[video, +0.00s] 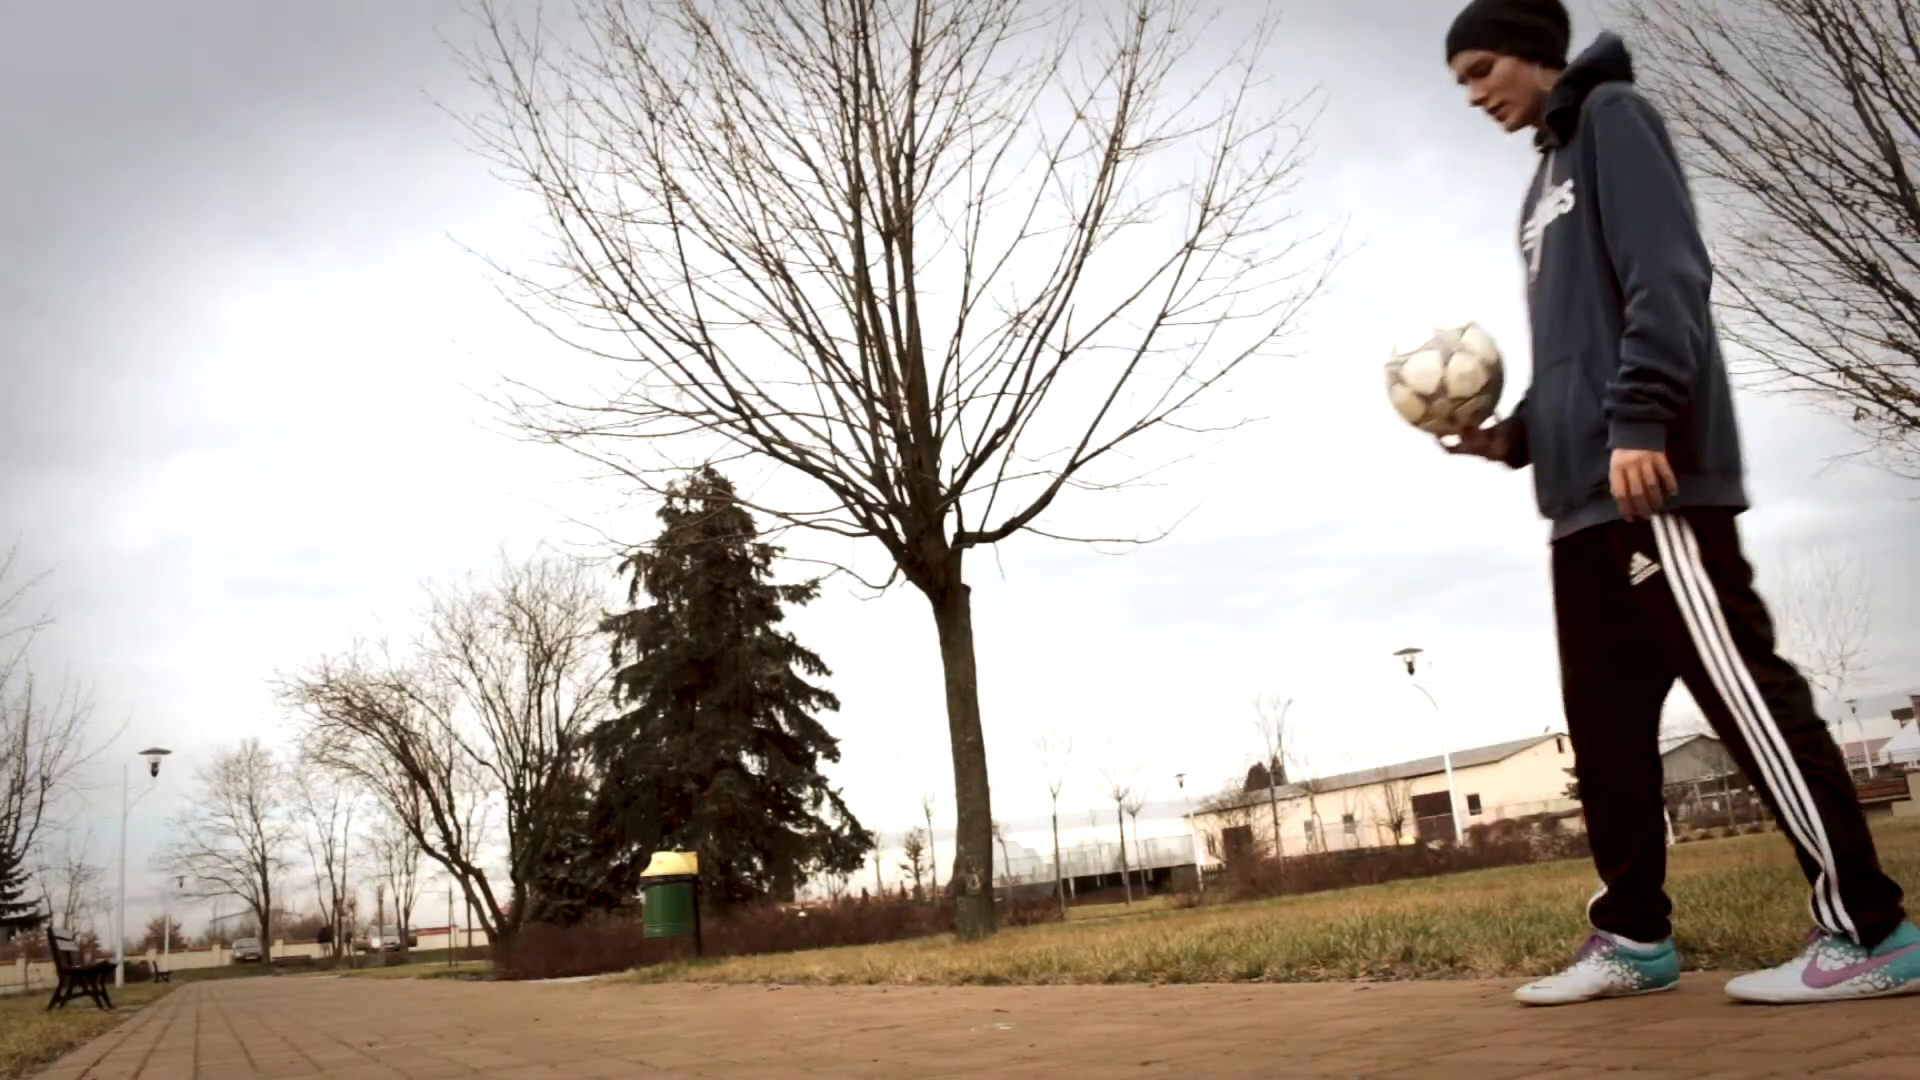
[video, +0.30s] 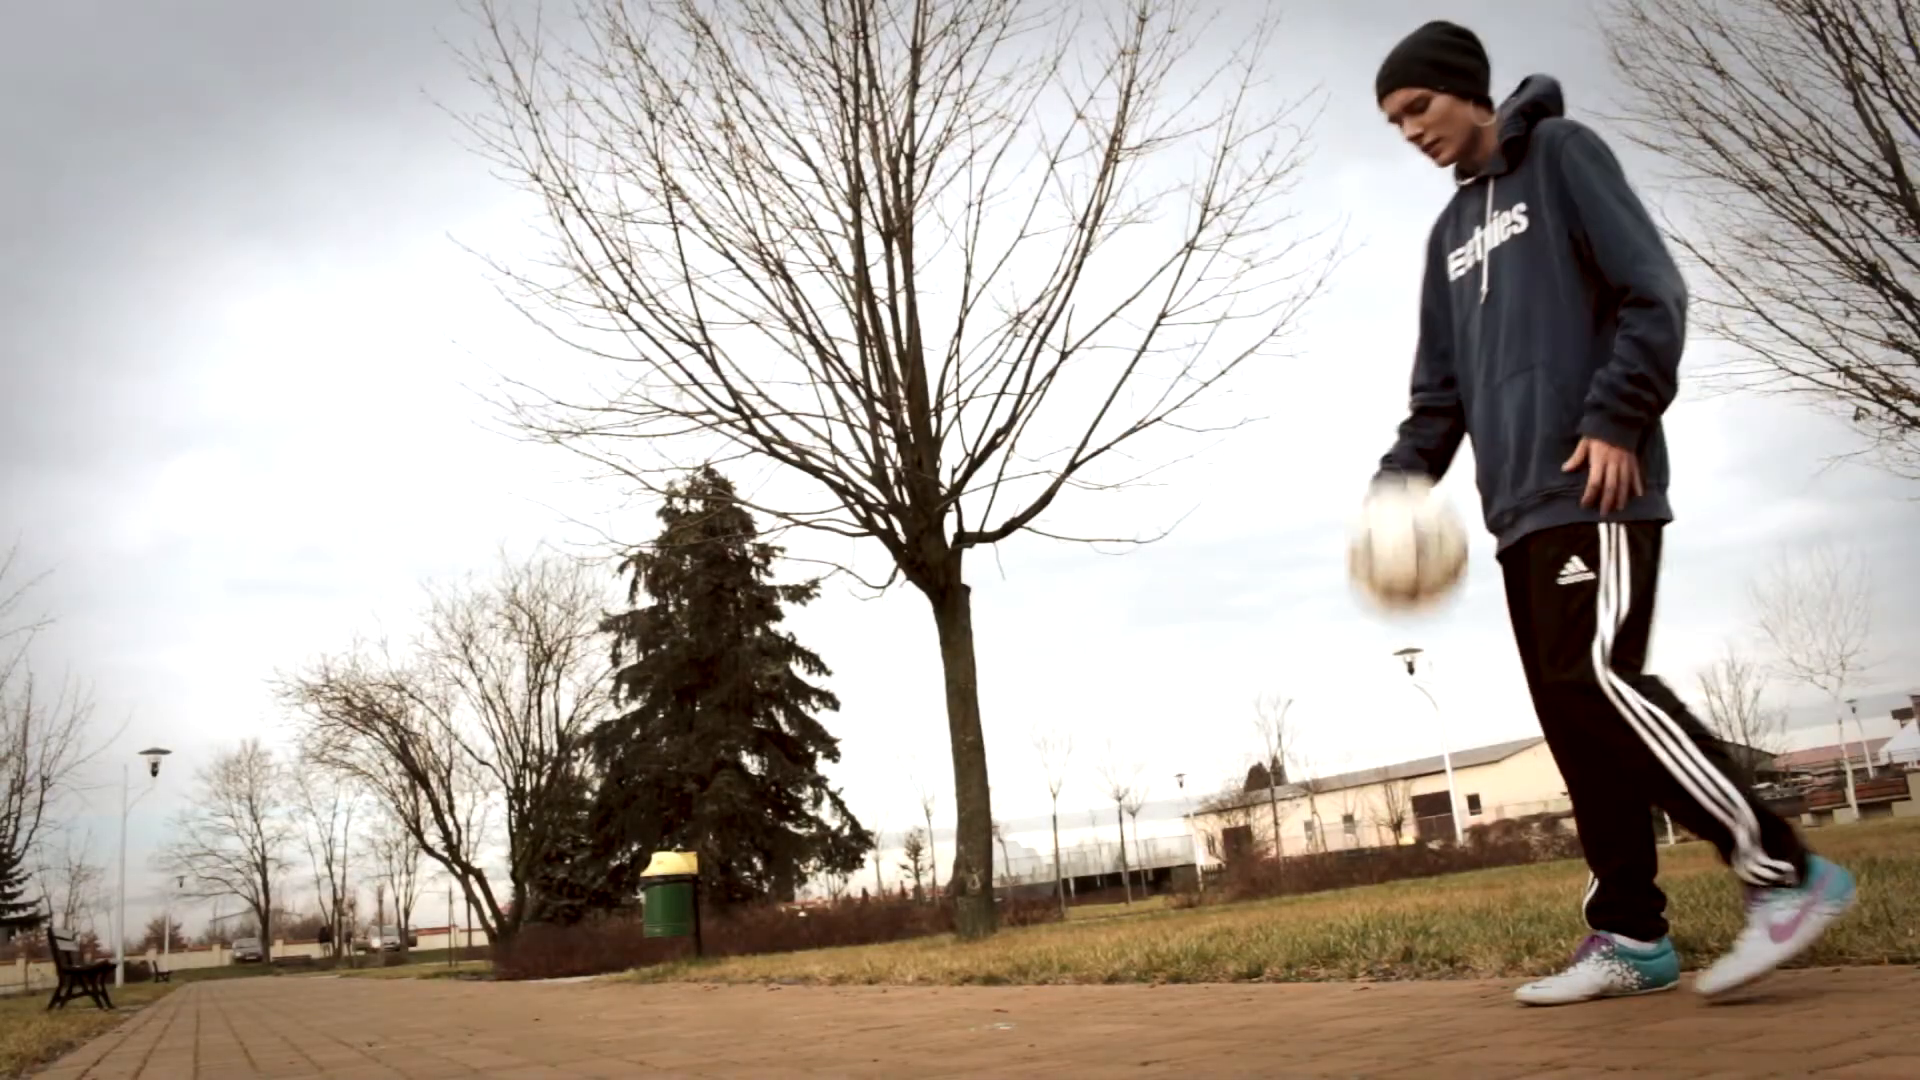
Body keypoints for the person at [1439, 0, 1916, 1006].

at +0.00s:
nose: (1476, 96)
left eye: (1481, 71)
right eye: (1465, 85)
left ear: (1533, 49)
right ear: (1483, 88)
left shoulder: (1612, 116)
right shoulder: (1544, 174)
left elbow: (1665, 273)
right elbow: (1576, 346)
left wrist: (1642, 419)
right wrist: (1519, 431)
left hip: (1657, 475)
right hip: (1587, 495)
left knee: (1750, 699)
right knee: (1605, 724)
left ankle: (1870, 930)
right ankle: (1633, 937)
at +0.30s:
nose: (1413, 132)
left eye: (1420, 108)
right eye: (1399, 122)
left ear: (1469, 86)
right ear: (1406, 130)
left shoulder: (1560, 152)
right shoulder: (1448, 233)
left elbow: (1654, 297)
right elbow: (1440, 395)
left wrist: (1616, 421)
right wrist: (1394, 489)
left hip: (1596, 480)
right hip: (1519, 503)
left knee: (1602, 681)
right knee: (1569, 708)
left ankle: (1788, 876)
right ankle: (1631, 935)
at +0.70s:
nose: (1396, 145)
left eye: (1404, 121)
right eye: (1381, 136)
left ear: (1450, 99)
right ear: (1382, 144)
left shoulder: (1539, 166)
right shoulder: (1418, 238)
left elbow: (1597, 309)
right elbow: (1411, 393)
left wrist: (1604, 448)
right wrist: (1391, 496)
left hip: (1568, 493)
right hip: (1480, 519)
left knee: (1596, 712)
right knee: (1525, 720)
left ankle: (1632, 943)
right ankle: (1615, 925)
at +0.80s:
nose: (1397, 143)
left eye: (1405, 119)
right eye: (1381, 135)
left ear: (1451, 99)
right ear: (1381, 144)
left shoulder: (1537, 167)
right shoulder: (1417, 235)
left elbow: (1597, 310)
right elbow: (1423, 393)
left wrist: (1586, 454)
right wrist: (1414, 505)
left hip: (1566, 498)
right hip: (1474, 519)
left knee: (1596, 714)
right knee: (1463, 703)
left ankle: (1631, 942)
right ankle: (1581, 906)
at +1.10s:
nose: (1373, 149)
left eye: (1380, 124)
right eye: (1357, 138)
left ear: (1425, 103)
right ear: (1359, 142)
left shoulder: (1516, 171)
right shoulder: (1405, 232)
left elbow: (1558, 325)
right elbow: (1445, 370)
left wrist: (1536, 469)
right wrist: (1448, 490)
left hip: (1563, 504)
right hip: (1463, 519)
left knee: (1602, 732)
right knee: (1435, 718)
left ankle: (1628, 944)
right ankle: (1399, 907)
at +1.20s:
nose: (1368, 147)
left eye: (1375, 123)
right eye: (1352, 138)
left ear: (1424, 100)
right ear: (1356, 145)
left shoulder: (1513, 171)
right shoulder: (1402, 229)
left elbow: (1560, 323)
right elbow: (1436, 369)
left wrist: (1527, 459)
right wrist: (1436, 488)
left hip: (1551, 510)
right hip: (1452, 519)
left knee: (1590, 729)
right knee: (1436, 718)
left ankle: (1628, 944)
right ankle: (1468, 938)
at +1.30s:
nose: (1360, 150)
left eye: (1367, 126)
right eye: (1346, 141)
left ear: (1416, 101)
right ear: (1351, 147)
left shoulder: (1508, 170)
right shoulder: (1395, 234)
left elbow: (1565, 318)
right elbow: (1419, 373)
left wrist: (1551, 460)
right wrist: (1423, 485)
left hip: (1530, 510)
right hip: (1439, 525)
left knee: (1574, 731)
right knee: (1465, 742)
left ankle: (1624, 945)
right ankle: (1530, 949)